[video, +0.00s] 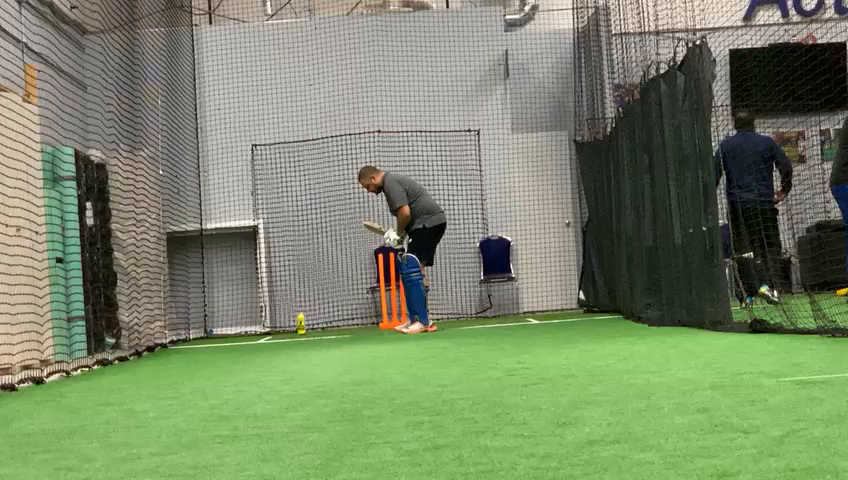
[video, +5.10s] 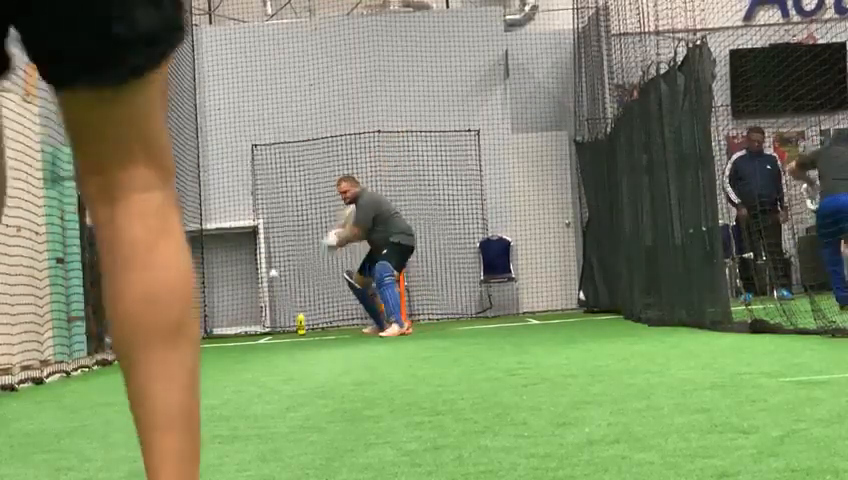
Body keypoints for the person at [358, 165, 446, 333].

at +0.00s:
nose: (368, 191)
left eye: (367, 186)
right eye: (366, 188)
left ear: (374, 178)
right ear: (374, 178)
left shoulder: (390, 182)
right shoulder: (390, 182)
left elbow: (404, 213)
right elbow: (403, 213)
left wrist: (399, 233)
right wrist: (398, 233)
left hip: (428, 223)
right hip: (425, 223)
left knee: (415, 269)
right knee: (413, 269)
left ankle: (422, 320)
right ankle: (416, 318)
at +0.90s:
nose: (382, 167)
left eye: (385, 162)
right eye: (378, 164)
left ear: (393, 162)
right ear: (376, 168)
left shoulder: (402, 179)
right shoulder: (387, 186)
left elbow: (406, 212)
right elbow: (397, 215)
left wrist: (397, 238)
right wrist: (400, 238)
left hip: (429, 225)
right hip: (416, 227)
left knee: (413, 269)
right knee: (410, 269)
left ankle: (421, 319)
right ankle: (419, 317)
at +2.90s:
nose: (387, 171)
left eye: (391, 167)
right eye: (383, 168)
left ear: (398, 168)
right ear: (379, 171)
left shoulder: (404, 188)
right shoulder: (385, 195)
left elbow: (405, 223)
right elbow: (394, 223)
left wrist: (396, 249)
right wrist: (395, 245)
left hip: (432, 230)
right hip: (418, 231)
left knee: (404, 265)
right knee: (398, 266)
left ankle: (420, 321)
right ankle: (413, 319)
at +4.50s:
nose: (373, 176)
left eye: (376, 172)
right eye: (369, 173)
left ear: (383, 173)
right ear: (366, 176)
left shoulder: (391, 190)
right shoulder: (372, 193)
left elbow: (392, 224)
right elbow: (382, 217)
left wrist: (379, 234)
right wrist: (376, 224)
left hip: (416, 229)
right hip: (400, 231)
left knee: (388, 258)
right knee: (381, 272)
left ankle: (407, 314)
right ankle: (403, 316)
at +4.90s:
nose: (353, 197)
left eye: (356, 192)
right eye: (350, 193)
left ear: (365, 189)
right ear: (347, 194)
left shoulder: (371, 204)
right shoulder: (376, 197)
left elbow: (372, 240)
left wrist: (365, 242)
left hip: (401, 243)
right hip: (396, 242)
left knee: (373, 273)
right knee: (364, 275)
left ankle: (399, 324)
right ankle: (380, 324)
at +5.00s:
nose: (347, 200)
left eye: (350, 195)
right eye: (344, 197)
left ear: (360, 190)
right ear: (342, 197)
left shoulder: (367, 205)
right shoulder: (369, 199)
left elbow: (365, 241)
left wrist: (357, 243)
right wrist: (364, 227)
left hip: (399, 243)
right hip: (391, 243)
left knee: (373, 272)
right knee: (360, 279)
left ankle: (398, 324)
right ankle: (382, 324)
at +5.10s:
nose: (344, 197)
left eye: (346, 192)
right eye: (341, 194)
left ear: (356, 187)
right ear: (340, 193)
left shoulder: (367, 199)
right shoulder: (359, 204)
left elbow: (360, 232)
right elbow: (358, 229)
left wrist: (341, 238)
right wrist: (342, 235)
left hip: (399, 240)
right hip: (381, 245)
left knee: (383, 272)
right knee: (359, 282)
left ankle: (397, 323)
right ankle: (380, 324)